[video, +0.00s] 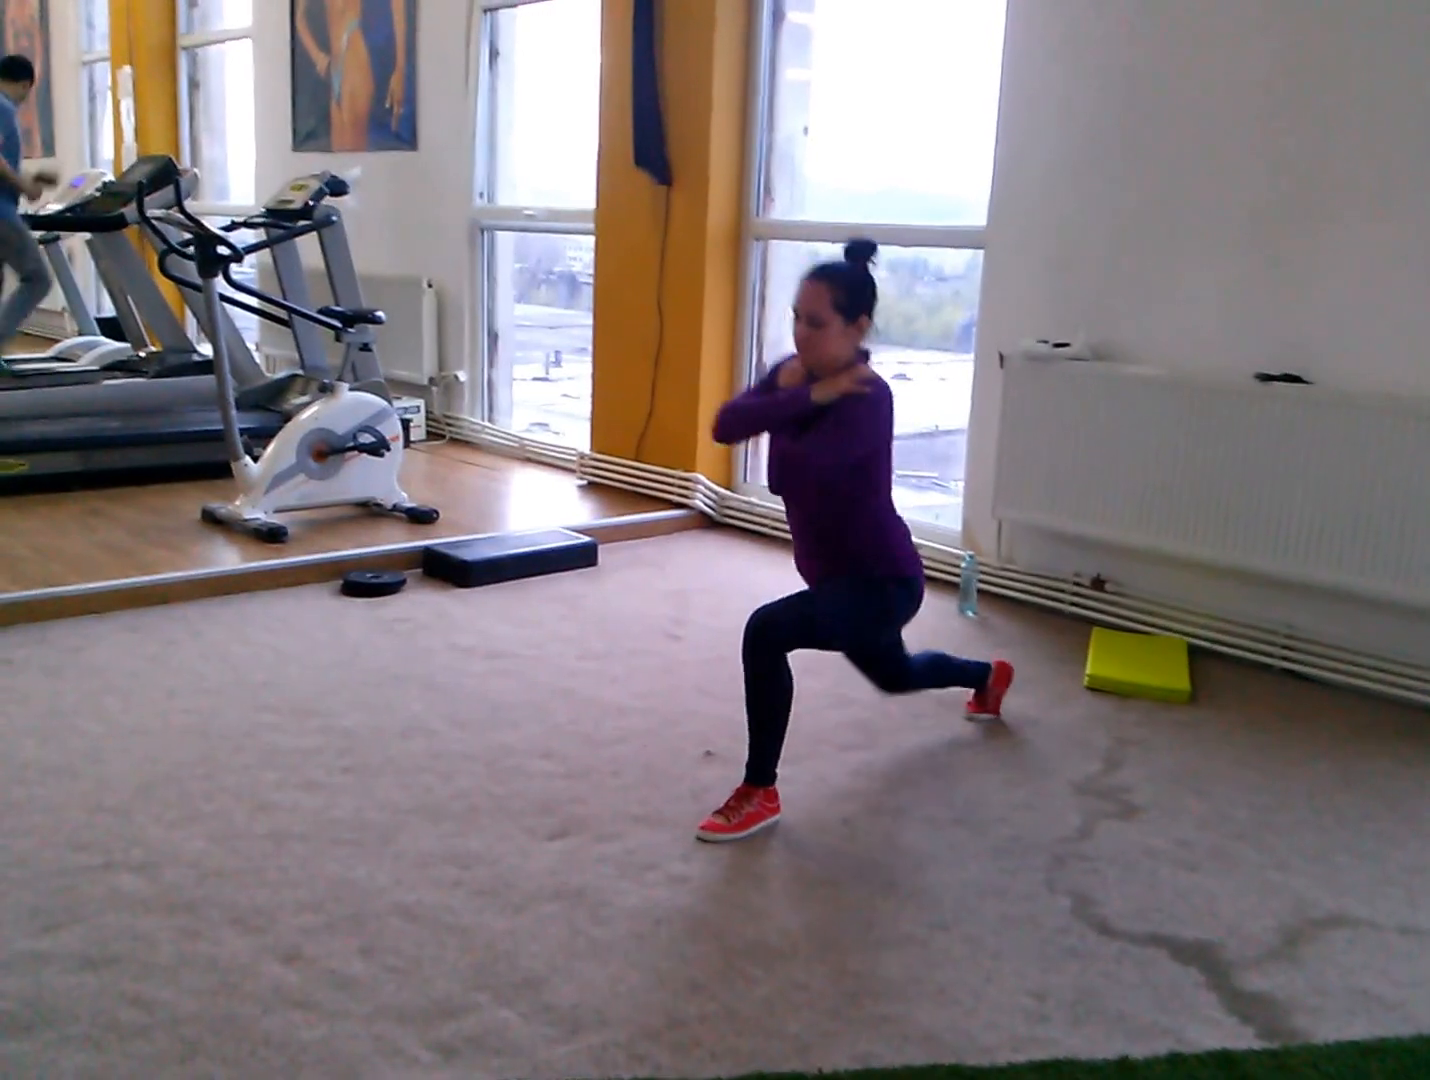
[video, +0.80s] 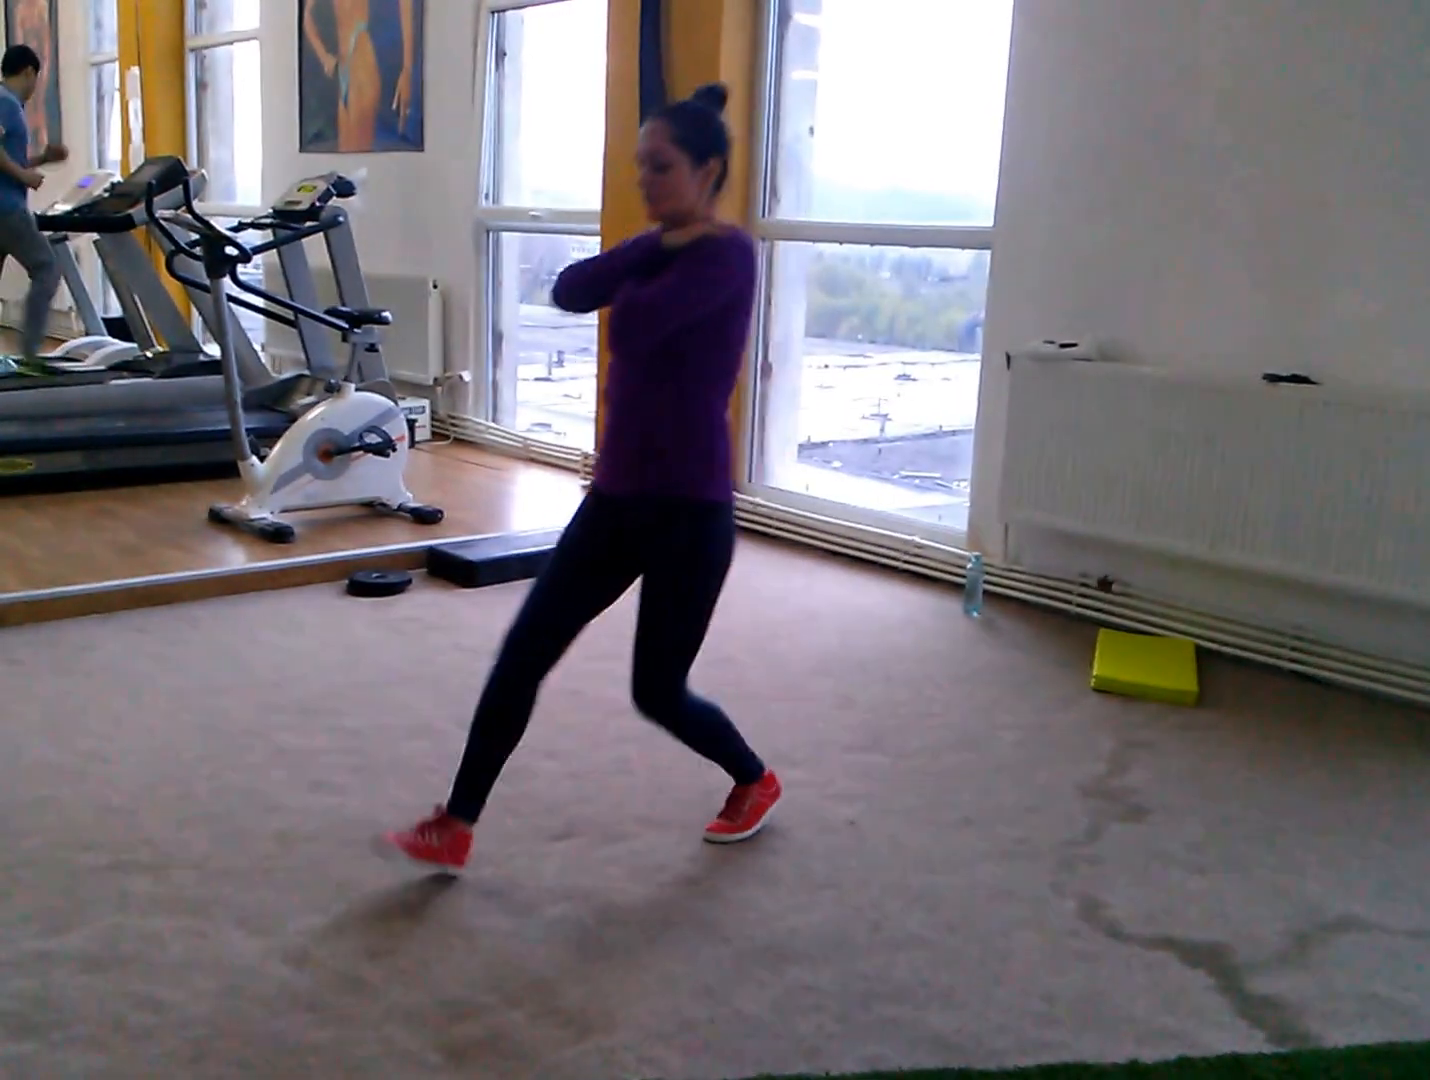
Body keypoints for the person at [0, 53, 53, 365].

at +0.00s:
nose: (28, 93)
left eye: (29, 87)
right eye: (28, 87)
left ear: (6, 80)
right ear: (20, 83)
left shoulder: (7, 113)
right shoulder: (4, 112)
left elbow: (5, 164)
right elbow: (2, 161)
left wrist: (31, 180)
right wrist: (24, 185)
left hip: (6, 211)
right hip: (4, 213)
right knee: (38, 279)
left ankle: (3, 343)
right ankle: (1, 339)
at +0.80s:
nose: (36, 84)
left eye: (36, 78)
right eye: (36, 77)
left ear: (10, 72)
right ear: (27, 72)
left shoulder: (11, 106)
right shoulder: (7, 104)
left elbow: (12, 159)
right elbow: (2, 149)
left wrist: (43, 157)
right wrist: (23, 174)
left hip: (11, 209)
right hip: (8, 210)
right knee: (45, 269)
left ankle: (28, 351)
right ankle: (29, 352)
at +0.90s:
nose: (37, 81)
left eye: (38, 75)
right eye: (37, 74)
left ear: (11, 68)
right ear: (28, 69)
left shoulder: (10, 102)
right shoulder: (7, 101)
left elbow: (6, 149)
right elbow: (1, 147)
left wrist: (30, 145)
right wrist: (22, 169)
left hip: (12, 203)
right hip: (10, 204)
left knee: (37, 278)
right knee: (39, 276)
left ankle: (51, 358)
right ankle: (51, 359)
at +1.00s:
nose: (39, 89)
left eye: (39, 82)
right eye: (38, 82)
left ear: (11, 78)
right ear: (28, 79)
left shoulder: (9, 110)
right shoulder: (11, 114)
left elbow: (8, 156)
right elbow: (6, 163)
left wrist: (30, 164)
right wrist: (33, 188)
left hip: (10, 213)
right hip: (11, 214)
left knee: (13, 286)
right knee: (38, 283)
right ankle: (17, 361)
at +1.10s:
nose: (39, 90)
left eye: (39, 83)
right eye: (39, 83)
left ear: (10, 79)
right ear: (30, 80)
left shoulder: (8, 110)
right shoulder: (11, 113)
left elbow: (18, 171)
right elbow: (19, 172)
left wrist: (44, 187)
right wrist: (49, 187)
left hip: (10, 217)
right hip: (6, 219)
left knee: (37, 280)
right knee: (26, 284)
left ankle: (1, 347)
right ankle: (0, 349)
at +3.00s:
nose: (44, 83)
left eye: (43, 76)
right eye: (41, 76)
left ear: (16, 78)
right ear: (27, 76)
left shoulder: (11, 110)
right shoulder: (13, 111)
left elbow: (13, 169)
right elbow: (8, 162)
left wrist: (48, 189)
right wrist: (44, 196)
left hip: (10, 214)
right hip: (11, 215)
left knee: (19, 286)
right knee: (46, 283)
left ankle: (4, 352)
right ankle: (1, 339)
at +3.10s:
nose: (44, 73)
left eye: (44, 66)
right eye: (41, 66)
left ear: (21, 66)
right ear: (26, 66)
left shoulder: (16, 101)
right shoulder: (9, 100)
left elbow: (21, 158)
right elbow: (1, 148)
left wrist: (57, 158)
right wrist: (28, 176)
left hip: (13, 203)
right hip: (11, 204)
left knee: (2, 275)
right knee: (52, 267)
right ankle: (36, 352)